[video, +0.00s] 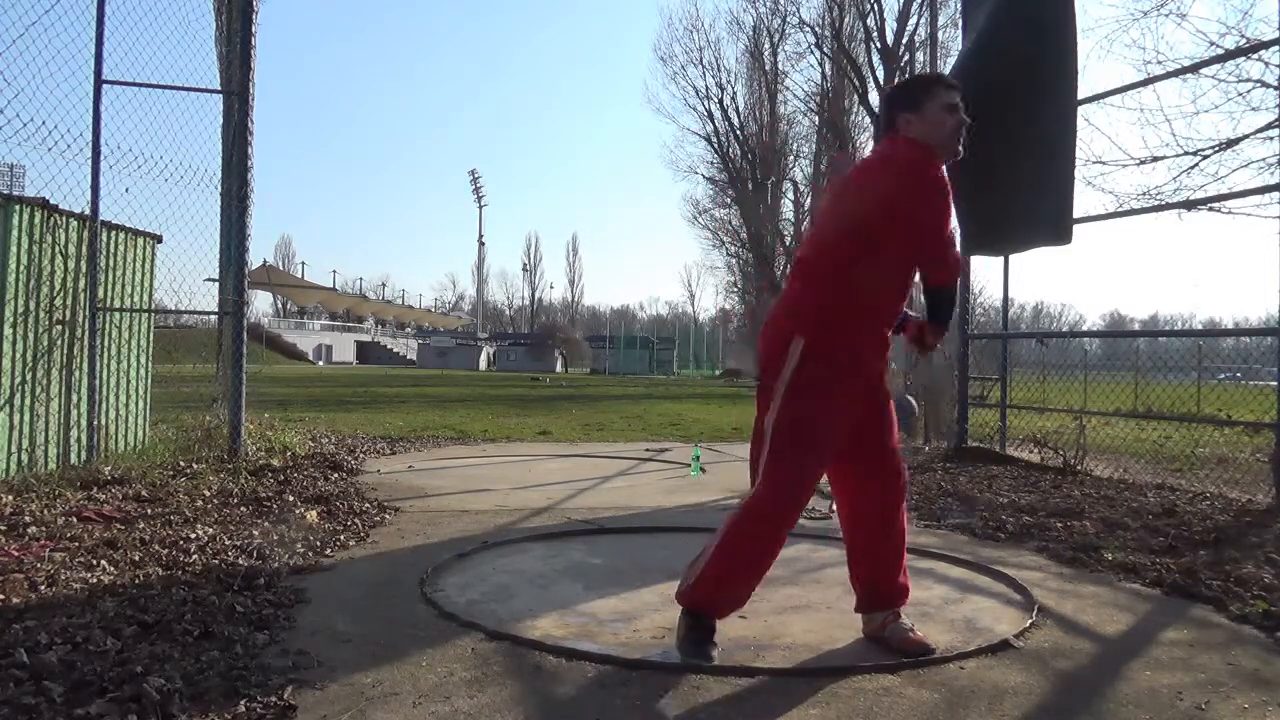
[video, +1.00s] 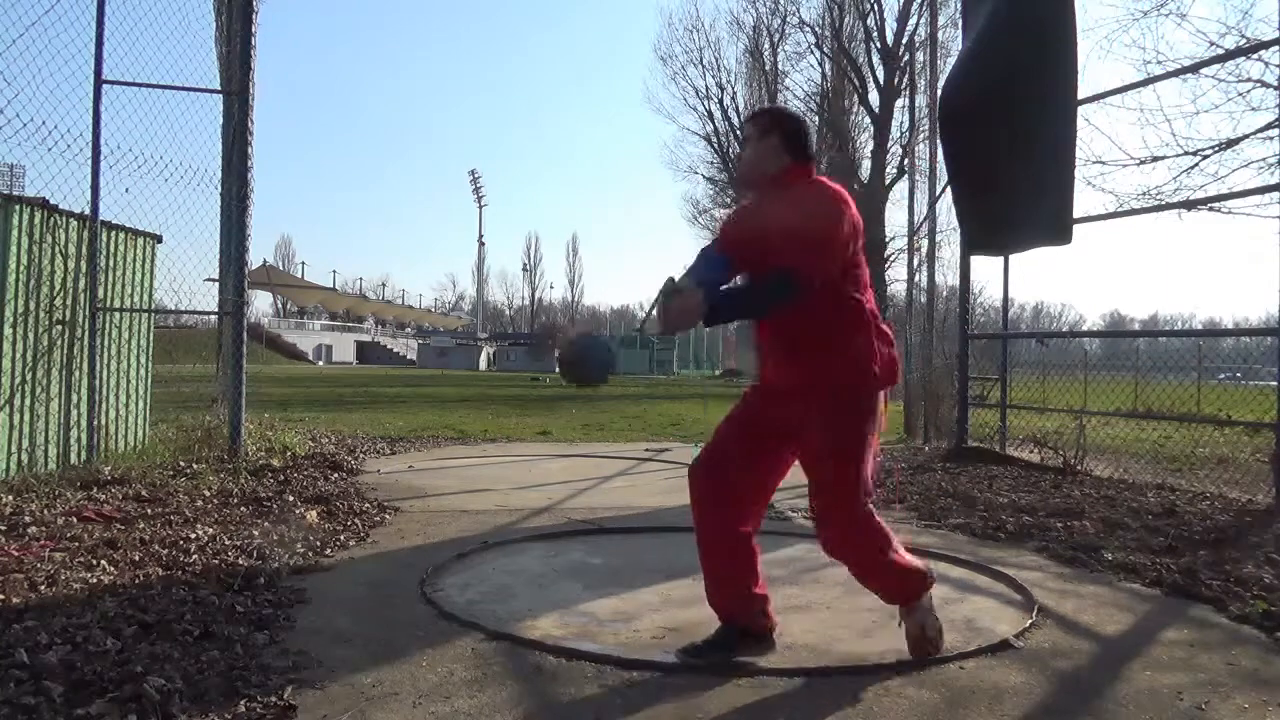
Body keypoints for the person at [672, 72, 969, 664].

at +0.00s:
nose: (964, 121)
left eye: (962, 112)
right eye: (950, 110)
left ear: (906, 124)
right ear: (907, 119)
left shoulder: (868, 172)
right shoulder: (920, 169)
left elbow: (851, 271)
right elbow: (942, 266)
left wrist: (905, 322)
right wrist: (937, 323)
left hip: (857, 350)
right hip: (813, 342)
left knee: (877, 481)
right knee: (781, 490)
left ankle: (882, 616)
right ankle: (700, 604)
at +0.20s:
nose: (952, 113)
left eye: (952, 104)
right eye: (938, 104)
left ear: (900, 121)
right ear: (897, 114)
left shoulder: (872, 163)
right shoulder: (922, 163)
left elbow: (873, 244)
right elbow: (964, 230)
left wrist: (928, 262)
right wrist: (946, 259)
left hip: (854, 352)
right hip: (819, 344)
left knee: (876, 483)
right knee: (789, 491)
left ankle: (882, 617)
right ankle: (700, 599)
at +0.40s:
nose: (918, 107)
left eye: (920, 98)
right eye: (903, 98)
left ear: (917, 110)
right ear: (863, 113)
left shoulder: (856, 170)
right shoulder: (881, 158)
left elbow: (873, 276)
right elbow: (966, 224)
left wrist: (944, 257)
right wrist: (970, 232)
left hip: (842, 360)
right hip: (793, 351)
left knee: (871, 486)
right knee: (774, 496)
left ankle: (881, 618)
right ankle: (703, 606)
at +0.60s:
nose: (844, 120)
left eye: (854, 111)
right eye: (829, 110)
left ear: (865, 125)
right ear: (803, 124)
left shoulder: (855, 203)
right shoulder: (793, 179)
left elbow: (871, 295)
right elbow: (889, 235)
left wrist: (953, 294)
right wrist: (967, 271)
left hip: (824, 371)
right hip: (753, 368)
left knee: (871, 476)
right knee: (740, 489)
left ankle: (881, 614)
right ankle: (720, 612)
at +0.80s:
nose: (761, 144)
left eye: (775, 134)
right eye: (752, 136)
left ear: (803, 147)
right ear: (743, 151)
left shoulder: (838, 220)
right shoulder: (721, 218)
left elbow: (859, 318)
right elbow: (726, 302)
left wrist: (872, 373)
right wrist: (721, 367)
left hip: (814, 388)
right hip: (733, 386)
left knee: (856, 483)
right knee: (704, 483)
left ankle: (881, 615)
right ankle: (732, 617)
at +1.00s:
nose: (737, 152)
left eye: (747, 141)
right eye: (741, 142)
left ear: (778, 146)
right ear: (766, 148)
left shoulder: (825, 204)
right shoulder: (751, 215)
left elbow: (789, 284)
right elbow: (714, 266)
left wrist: (708, 310)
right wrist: (685, 296)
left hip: (845, 384)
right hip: (781, 383)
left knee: (842, 523)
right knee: (715, 481)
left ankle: (914, 591)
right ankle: (747, 622)